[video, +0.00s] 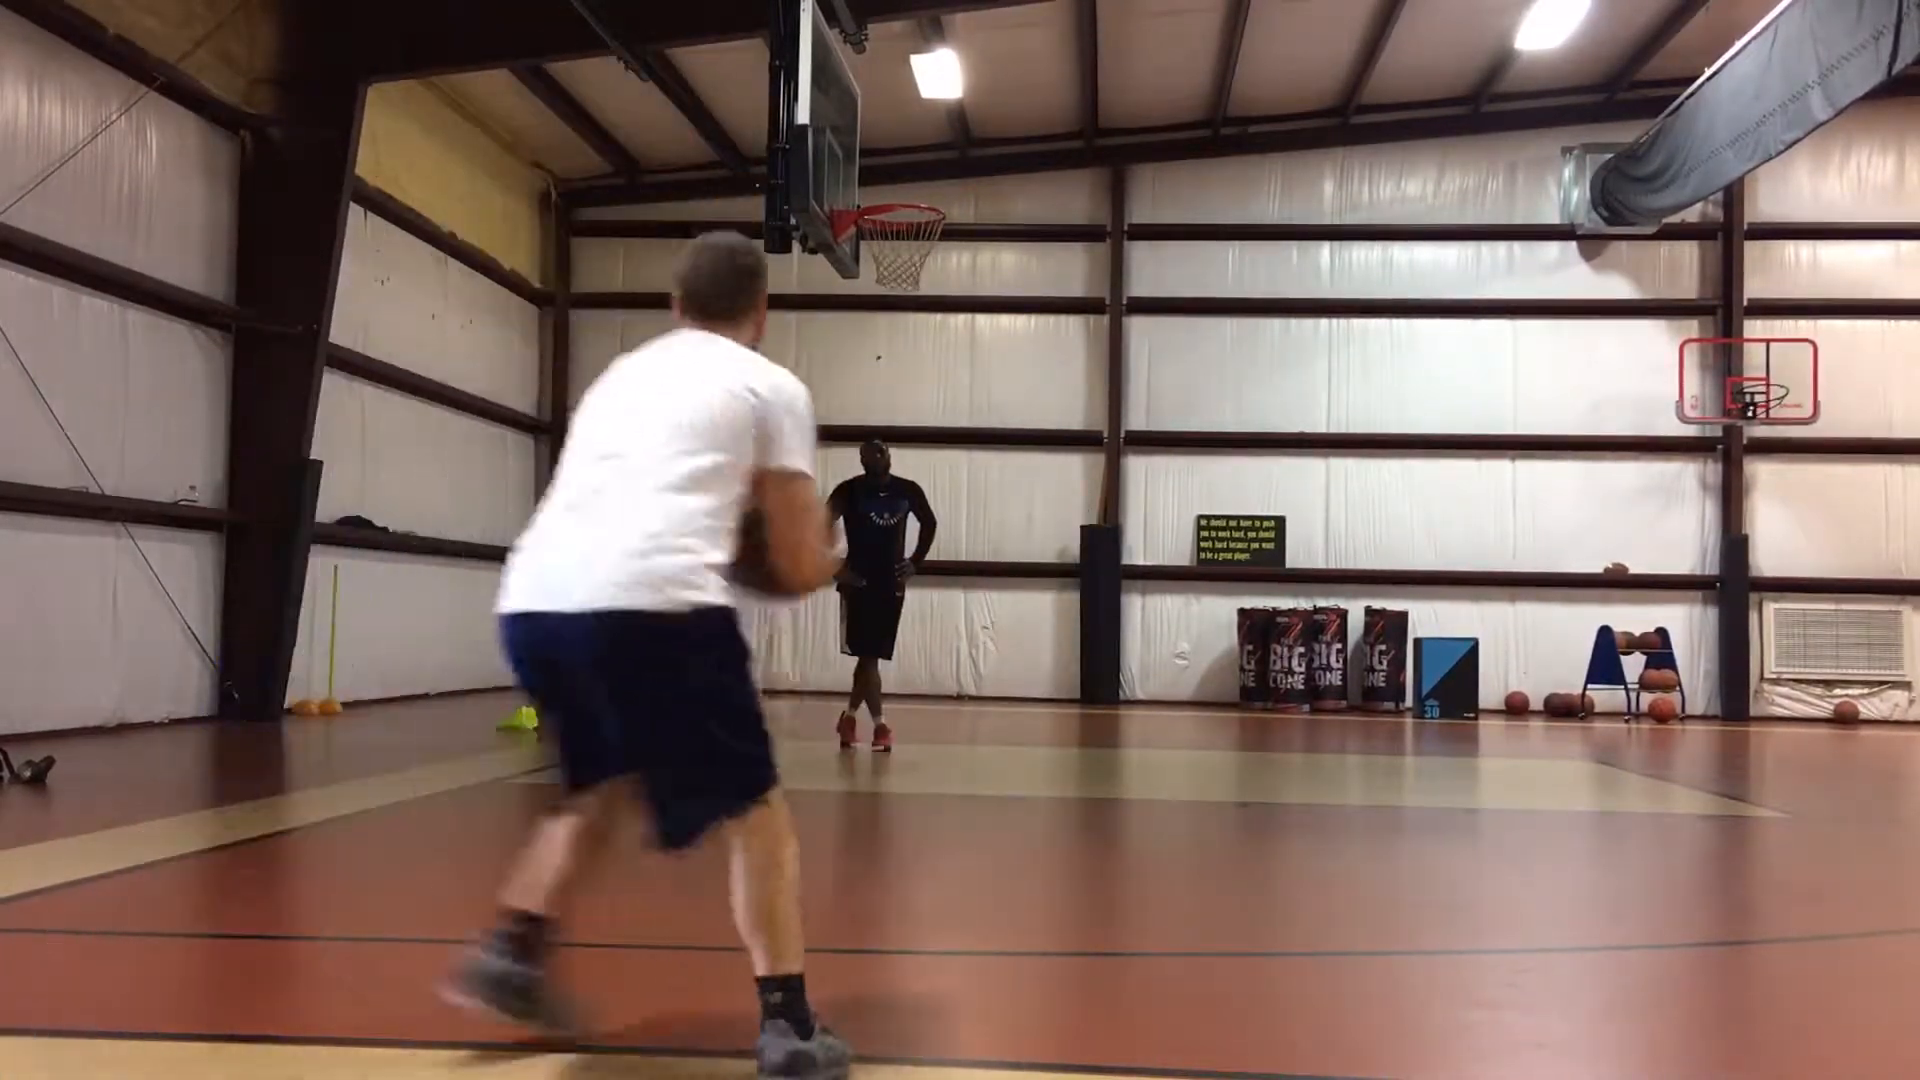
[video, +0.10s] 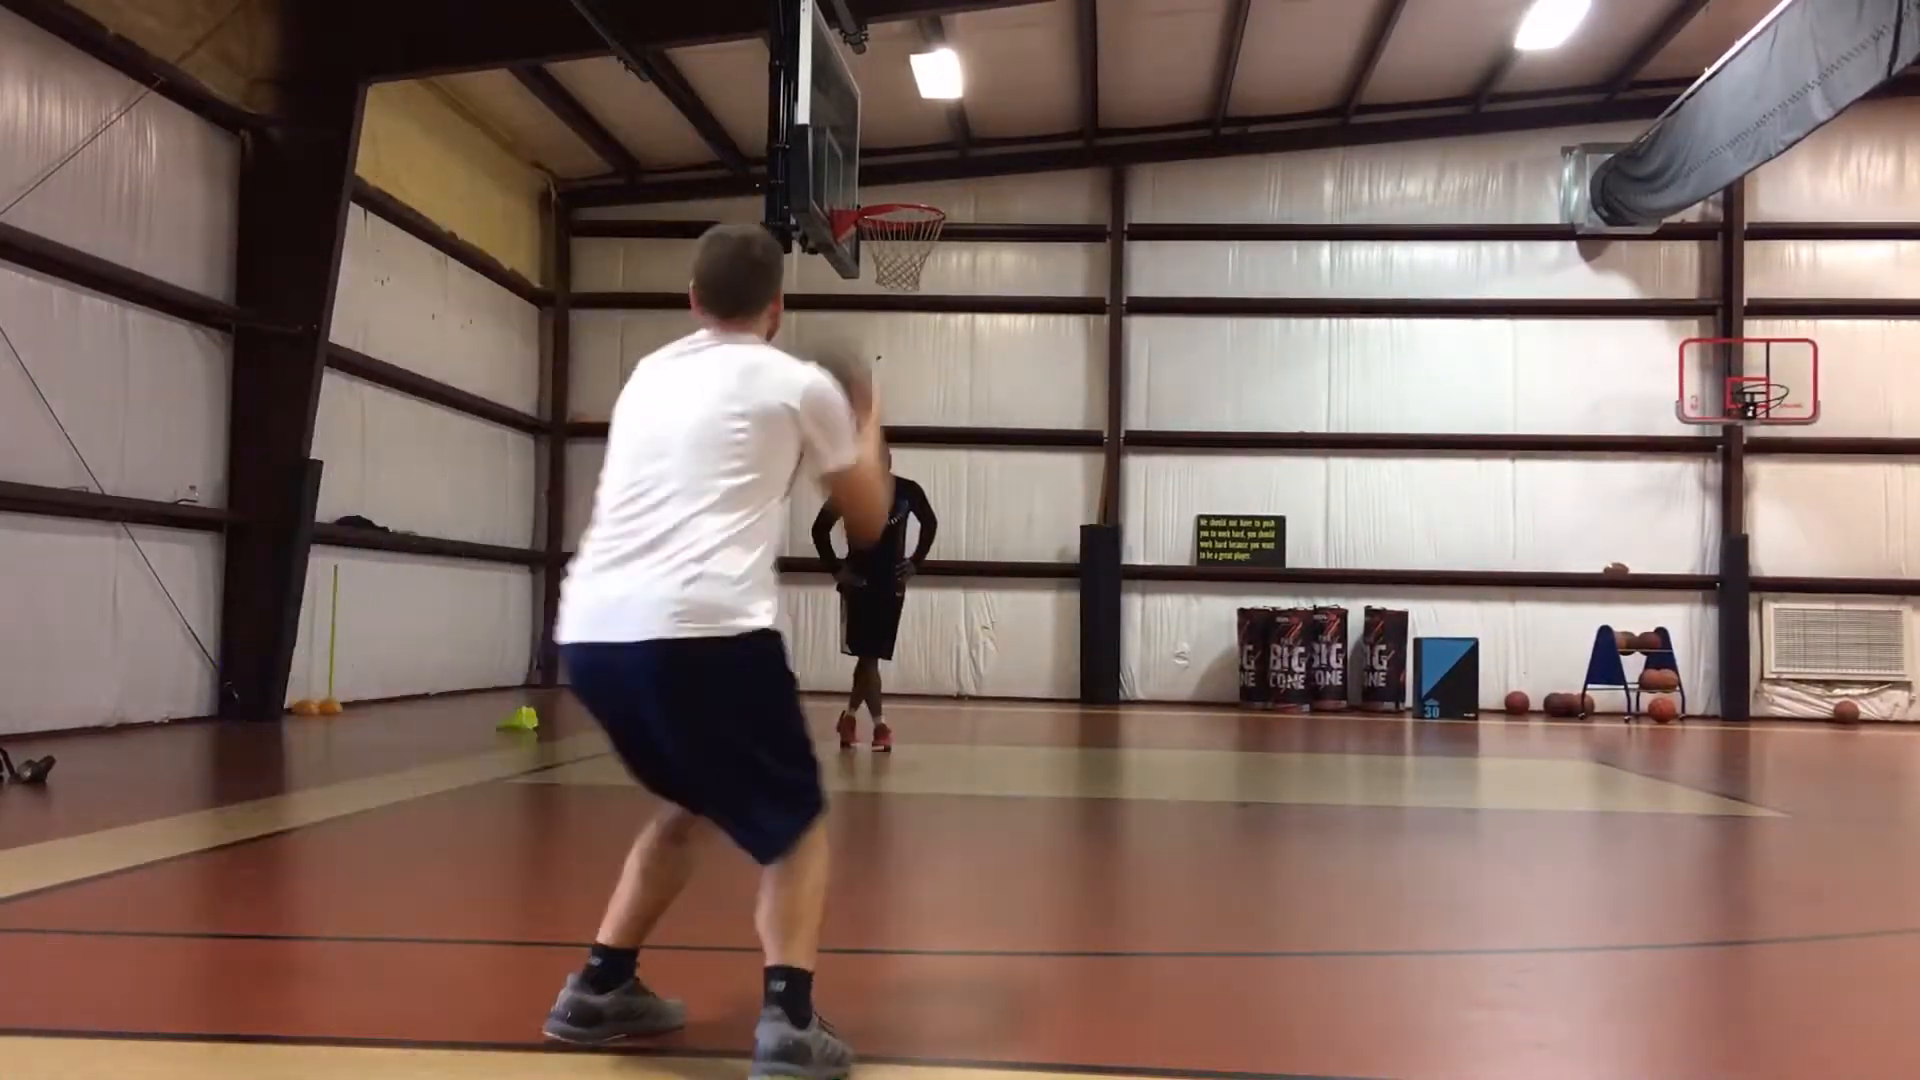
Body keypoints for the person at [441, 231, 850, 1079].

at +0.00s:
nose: (765, 325)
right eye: (768, 314)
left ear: (674, 306)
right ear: (759, 314)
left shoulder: (615, 376)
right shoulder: (767, 385)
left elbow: (610, 512)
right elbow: (798, 565)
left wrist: (745, 537)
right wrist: (827, 543)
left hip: (537, 609)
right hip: (661, 609)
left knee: (595, 786)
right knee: (757, 810)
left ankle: (510, 950)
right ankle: (787, 1024)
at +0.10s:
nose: (777, 309)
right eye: (778, 298)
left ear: (690, 302)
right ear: (775, 306)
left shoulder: (646, 376)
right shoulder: (797, 385)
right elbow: (867, 519)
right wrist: (869, 428)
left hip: (595, 637)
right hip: (711, 638)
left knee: (690, 799)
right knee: (795, 819)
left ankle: (600, 984)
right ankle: (788, 1021)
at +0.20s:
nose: (803, 230)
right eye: (802, 218)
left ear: (709, 229)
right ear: (793, 232)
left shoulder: (673, 301)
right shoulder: (804, 305)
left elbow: (733, 271)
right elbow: (906, 335)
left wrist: (784, 224)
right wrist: (865, 229)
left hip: (639, 582)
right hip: (748, 578)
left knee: (701, 780)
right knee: (810, 803)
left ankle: (606, 978)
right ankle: (785, 1003)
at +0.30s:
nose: (779, 140)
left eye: (752, 129)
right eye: (792, 128)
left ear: (719, 132)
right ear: (804, 132)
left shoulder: (695, 201)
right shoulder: (826, 195)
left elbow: (743, 131)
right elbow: (912, 126)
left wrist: (755, 50)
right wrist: (884, 26)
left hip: (681, 464)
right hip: (788, 464)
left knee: (675, 697)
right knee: (801, 701)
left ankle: (634, 914)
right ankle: (813, 914)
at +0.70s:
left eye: (814, 170)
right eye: (859, 165)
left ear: (794, 175)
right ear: (869, 178)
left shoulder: (769, 240)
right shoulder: (888, 243)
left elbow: (795, 170)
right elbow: (964, 203)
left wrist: (831, 106)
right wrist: (902, 120)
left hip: (766, 504)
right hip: (858, 509)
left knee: (787, 719)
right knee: (845, 730)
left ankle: (783, 905)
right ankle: (810, 942)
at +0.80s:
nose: (887, 250)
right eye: (887, 237)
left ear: (811, 248)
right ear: (888, 251)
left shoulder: (771, 329)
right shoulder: (911, 335)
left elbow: (831, 307)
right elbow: (984, 416)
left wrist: (873, 243)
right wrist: (895, 403)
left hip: (774, 582)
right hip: (862, 587)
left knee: (813, 777)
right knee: (896, 791)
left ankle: (775, 944)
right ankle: (805, 947)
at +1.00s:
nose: (942, 232)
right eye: (945, 222)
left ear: (862, 230)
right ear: (941, 229)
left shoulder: (803, 315)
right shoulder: (966, 327)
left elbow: (736, 428)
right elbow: (969, 464)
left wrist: (703, 521)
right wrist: (1025, 591)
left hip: (811, 568)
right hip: (913, 575)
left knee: (823, 748)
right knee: (970, 752)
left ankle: (784, 936)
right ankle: (945, 921)